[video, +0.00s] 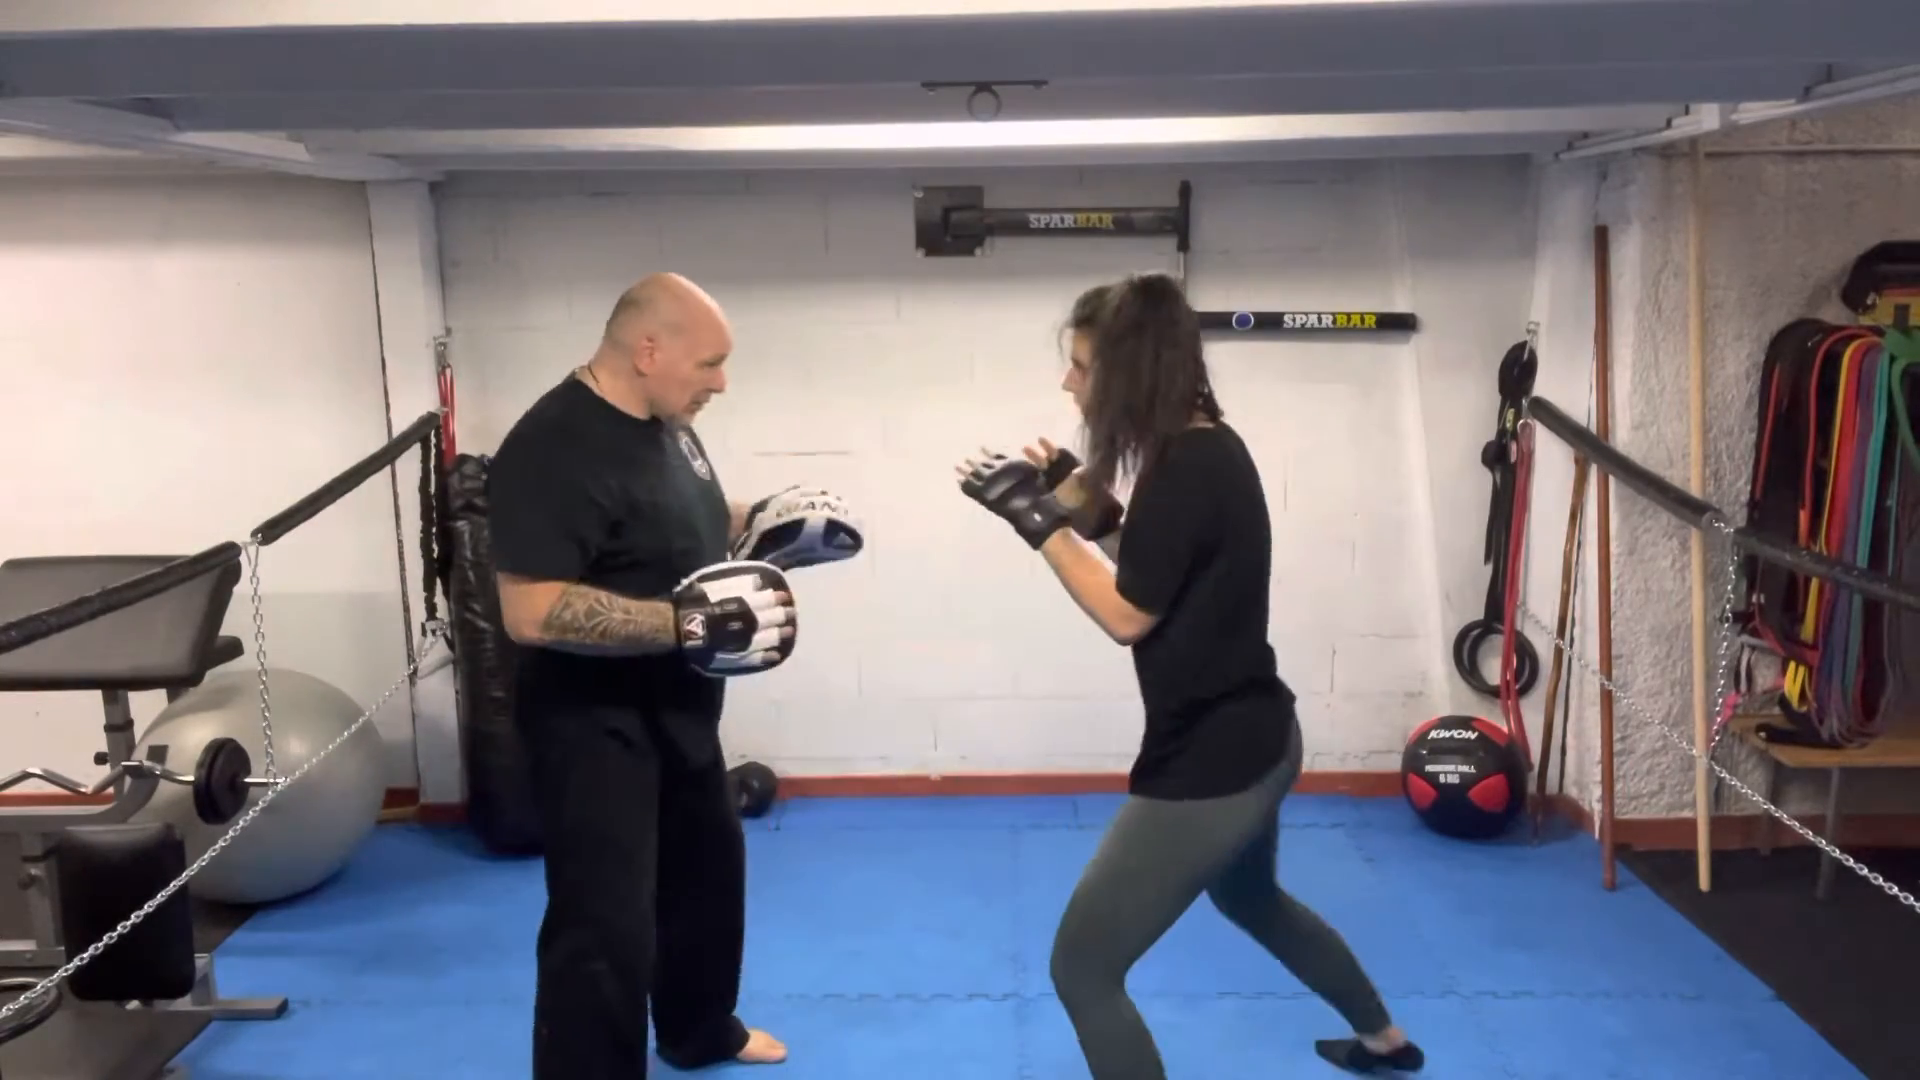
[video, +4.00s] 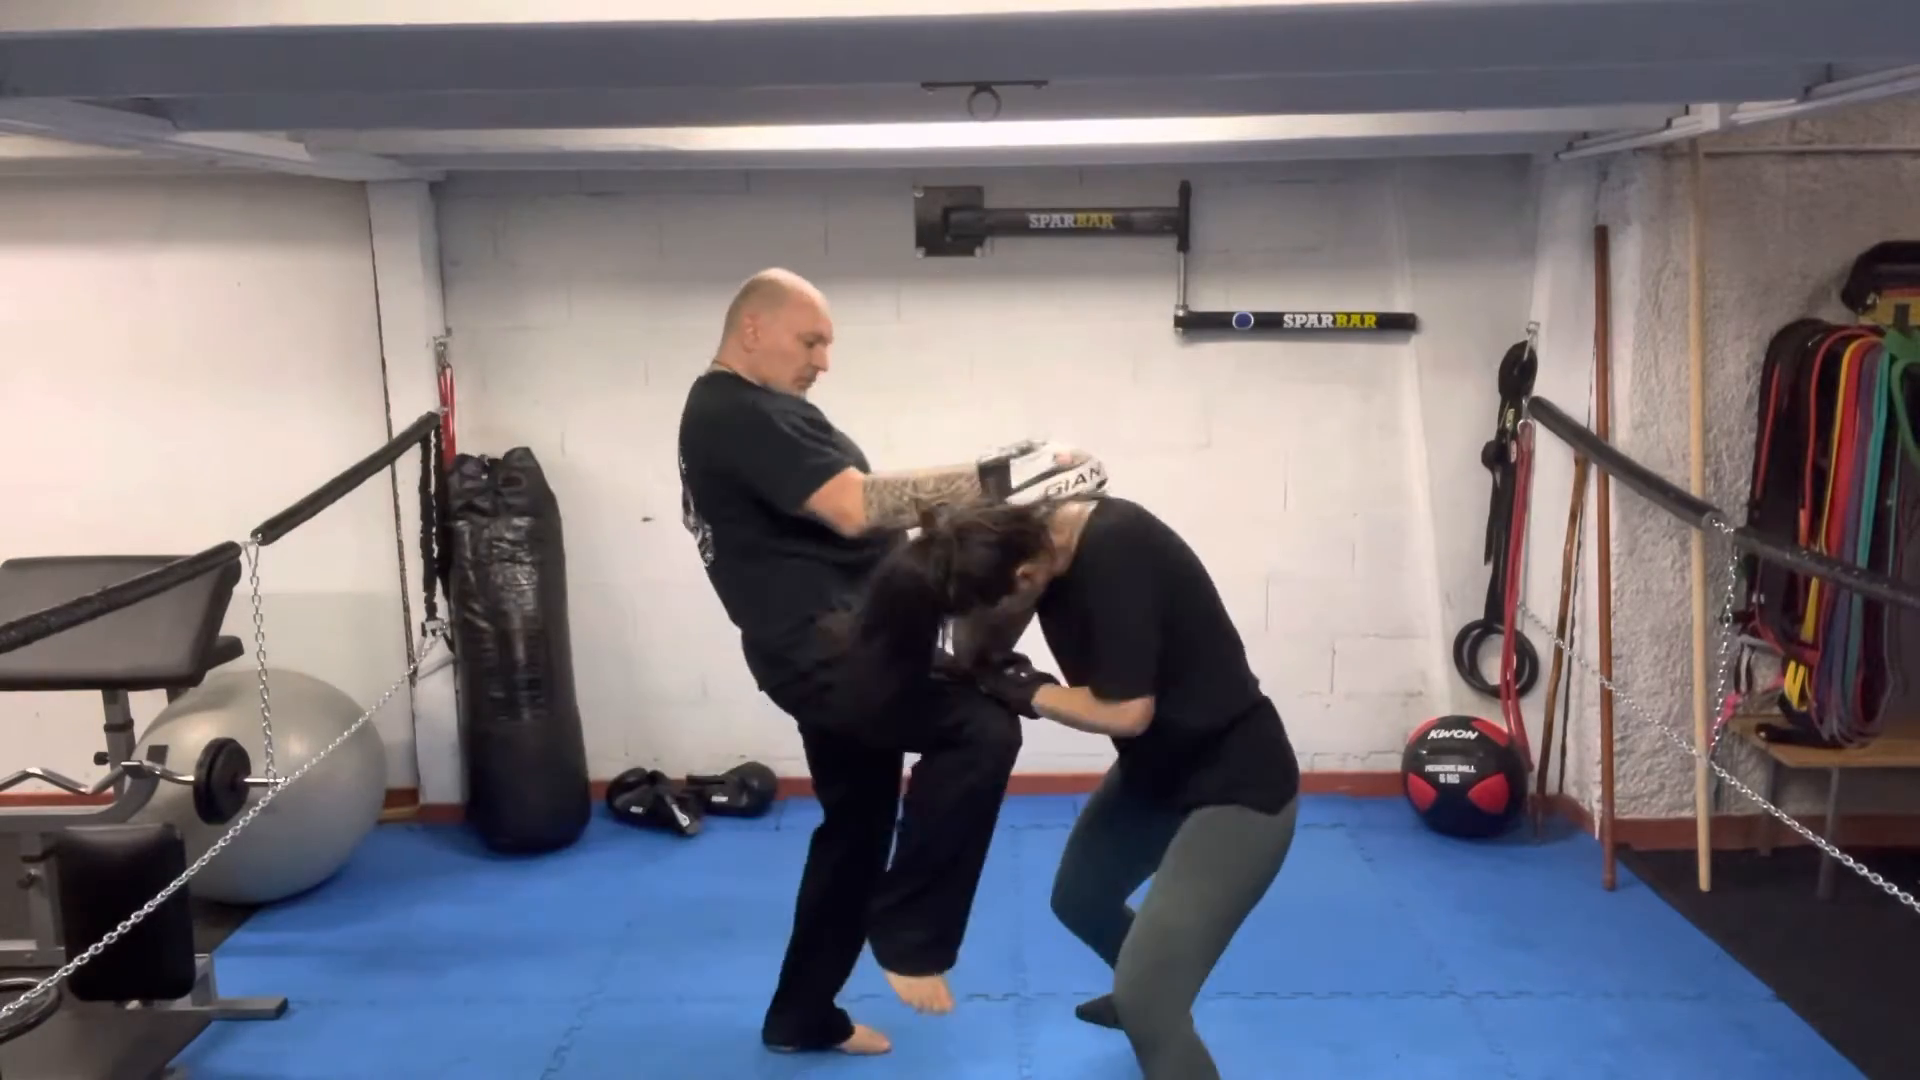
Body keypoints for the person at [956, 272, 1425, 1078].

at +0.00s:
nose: (1066, 383)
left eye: (1078, 366)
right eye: (1068, 365)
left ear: (1128, 369)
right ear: (1154, 364)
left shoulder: (1184, 464)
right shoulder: (1209, 448)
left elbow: (1126, 617)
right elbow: (1163, 564)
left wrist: (1040, 522)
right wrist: (1087, 503)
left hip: (1210, 763)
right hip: (1257, 740)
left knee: (1082, 967)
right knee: (1251, 897)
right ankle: (1382, 1036)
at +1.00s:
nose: (1096, 390)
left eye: (1102, 369)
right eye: (1094, 371)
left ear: (1157, 364)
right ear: (1164, 359)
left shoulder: (1207, 436)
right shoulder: (1249, 425)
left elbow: (1156, 577)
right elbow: (1191, 558)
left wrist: (1079, 481)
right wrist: (1118, 473)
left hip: (1238, 754)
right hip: (1299, 729)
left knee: (1130, 951)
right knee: (1289, 887)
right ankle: (1386, 1047)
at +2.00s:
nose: (963, 456)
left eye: (974, 439)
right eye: (961, 438)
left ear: (1017, 438)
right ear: (1026, 433)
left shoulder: (1112, 520)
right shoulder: (1044, 500)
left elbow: (1046, 675)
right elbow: (967, 598)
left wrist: (965, 566)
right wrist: (888, 544)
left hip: (1138, 825)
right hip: (1124, 795)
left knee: (967, 990)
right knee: (1126, 921)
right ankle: (1277, 1017)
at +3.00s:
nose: (1043, 465)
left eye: (1056, 452)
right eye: (1039, 451)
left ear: (1103, 437)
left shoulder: (1172, 473)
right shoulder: (1125, 461)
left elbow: (1058, 556)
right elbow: (1063, 493)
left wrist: (1013, 462)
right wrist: (1004, 460)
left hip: (1224, 752)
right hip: (1152, 739)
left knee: (1186, 992)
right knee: (1080, 874)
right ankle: (1164, 997)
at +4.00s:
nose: (1011, 602)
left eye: (1007, 595)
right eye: (1000, 600)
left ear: (1023, 571)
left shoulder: (1119, 550)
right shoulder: (1044, 539)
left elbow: (1129, 712)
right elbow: (995, 633)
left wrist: (1028, 693)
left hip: (1241, 776)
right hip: (1156, 765)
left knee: (1148, 998)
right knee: (1083, 901)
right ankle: (1148, 987)